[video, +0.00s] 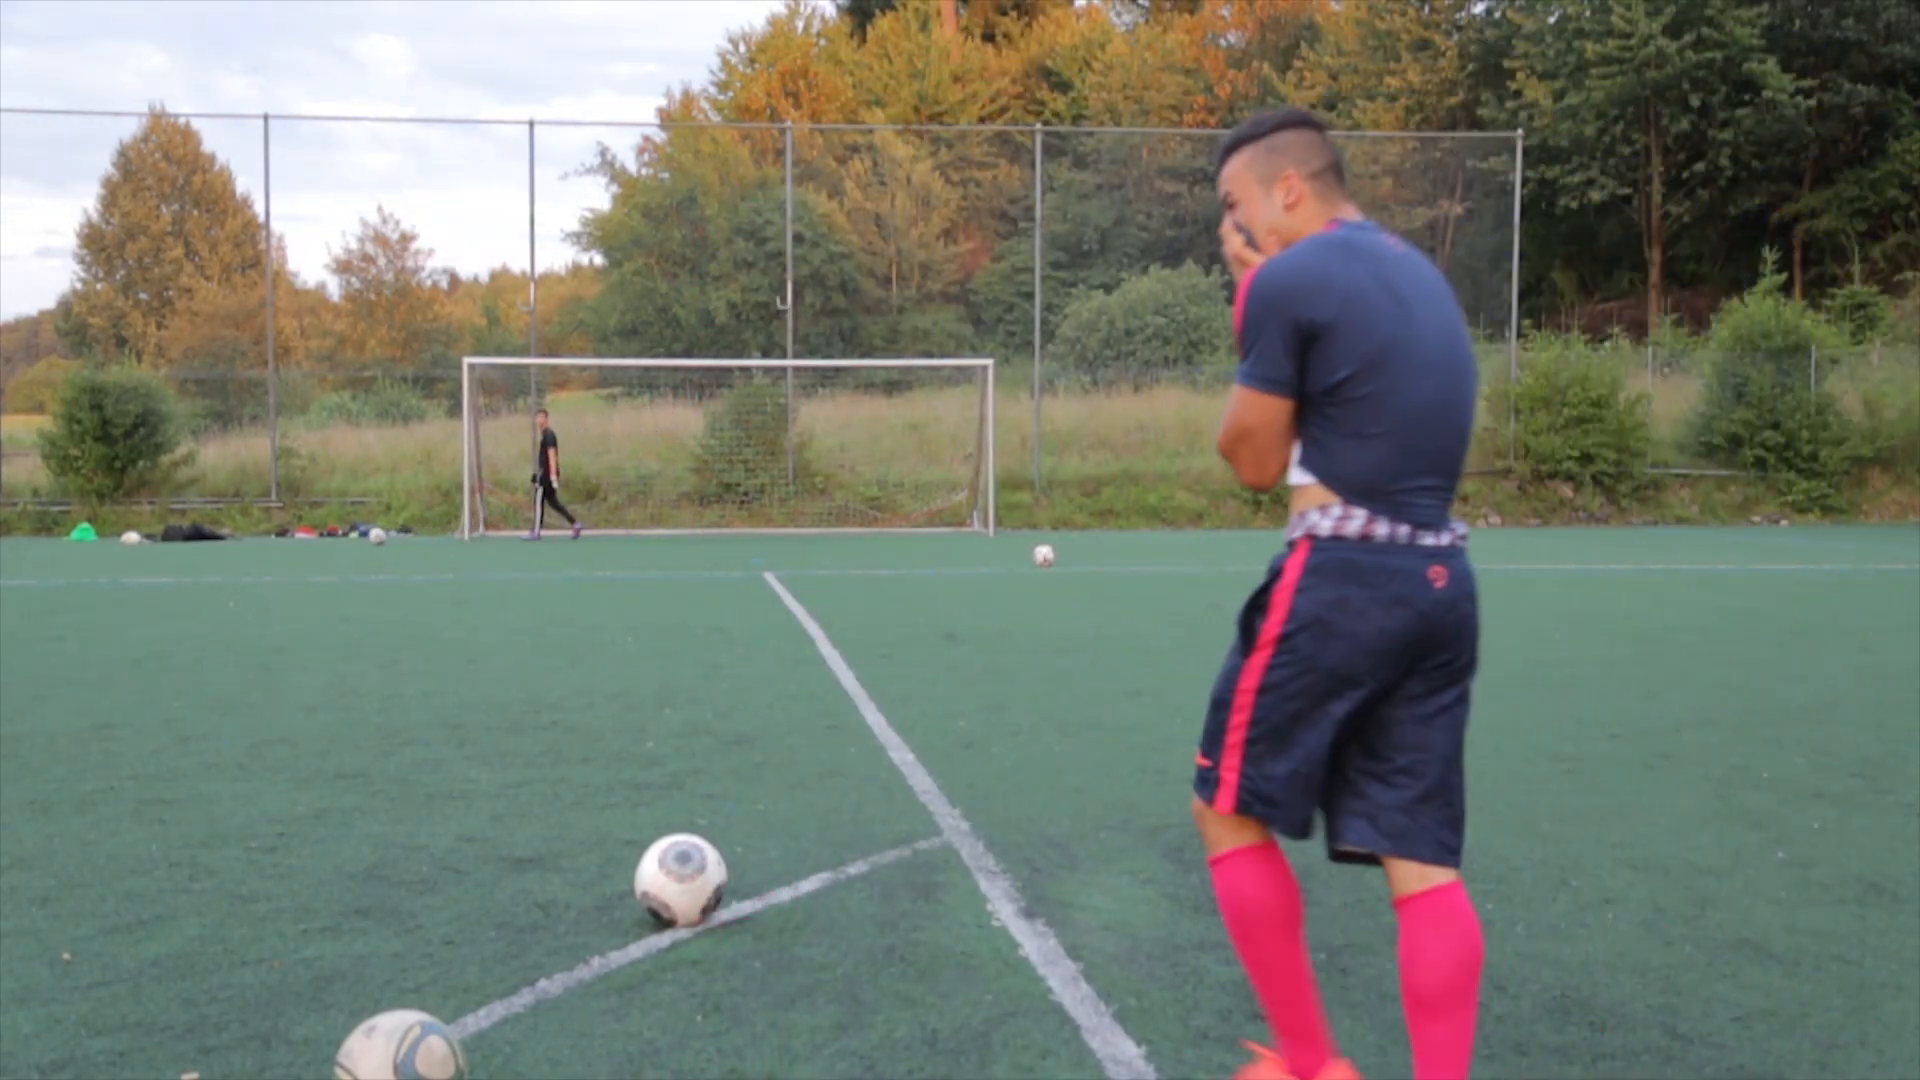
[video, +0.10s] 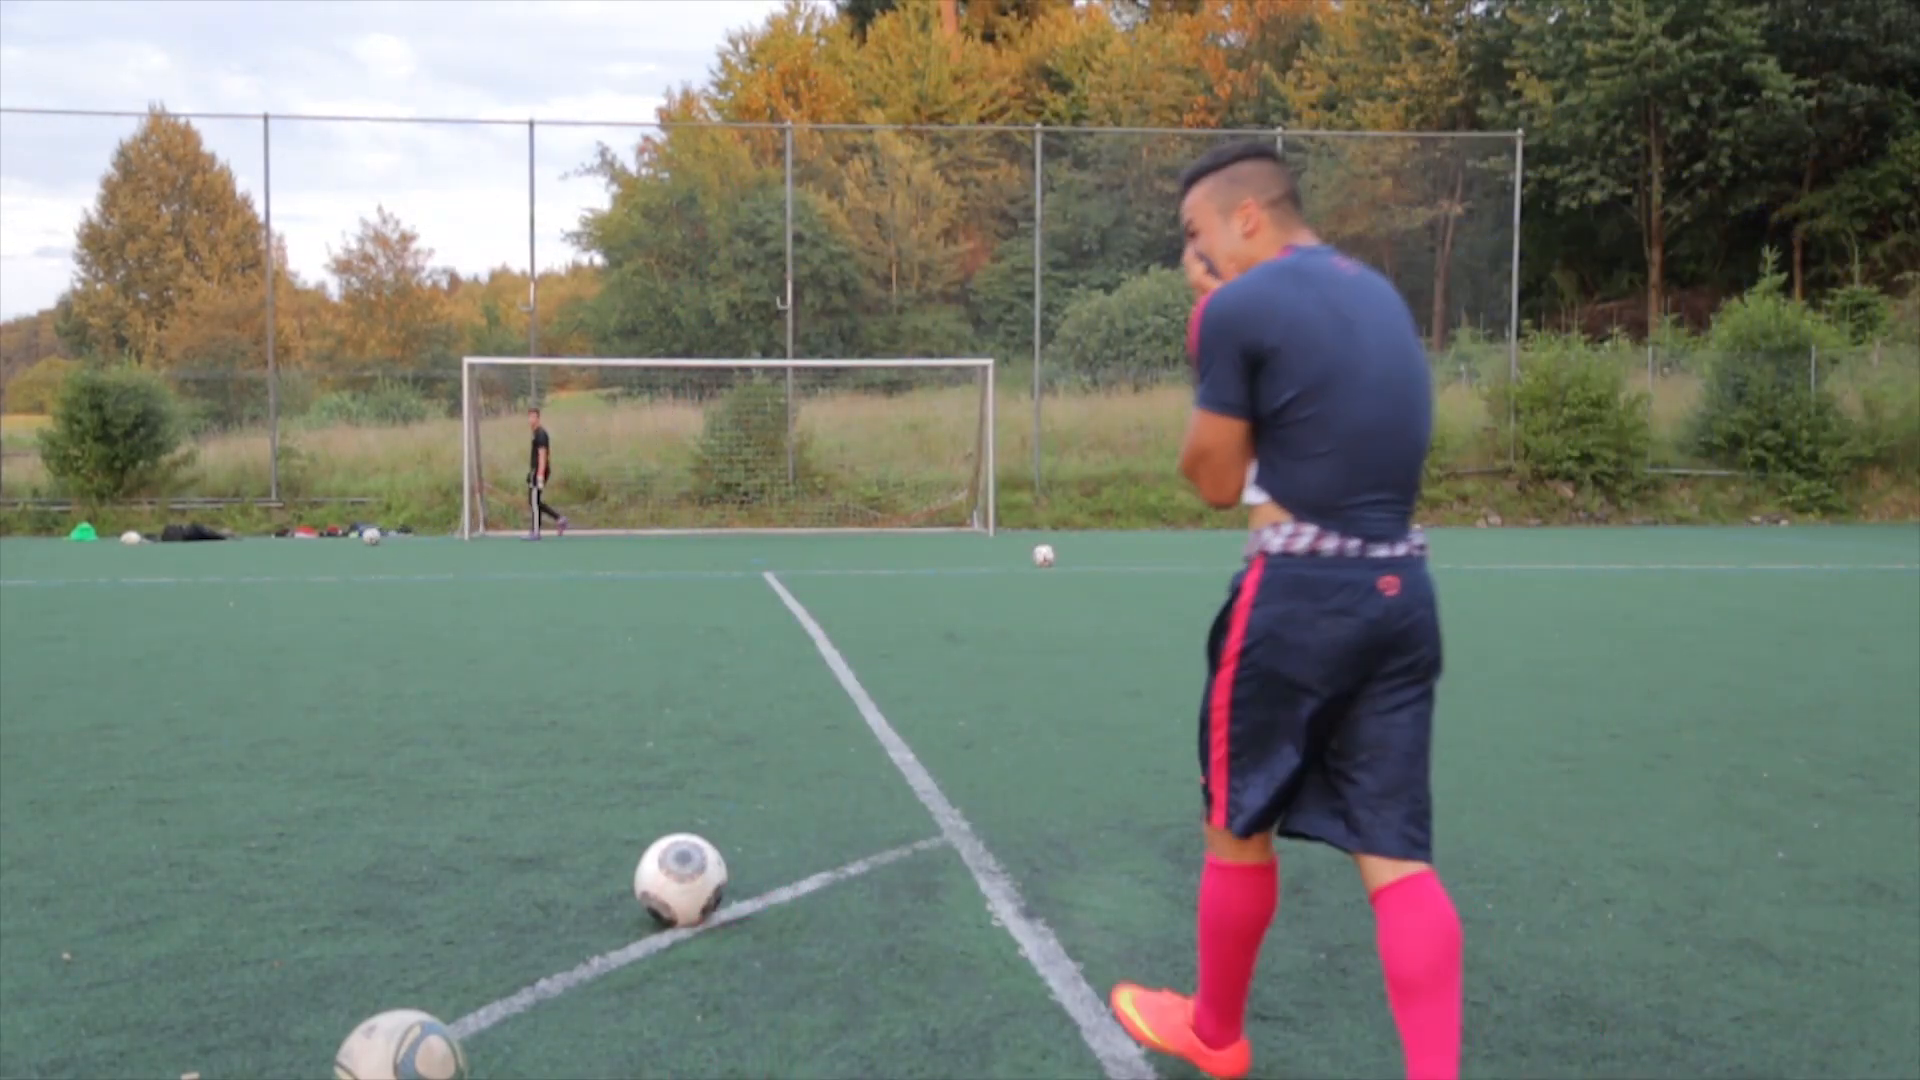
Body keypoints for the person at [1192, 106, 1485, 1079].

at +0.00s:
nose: (1240, 234)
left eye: (1242, 212)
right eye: (1234, 216)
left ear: (1289, 189)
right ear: (1322, 191)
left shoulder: (1295, 277)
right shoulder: (1414, 269)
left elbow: (1254, 461)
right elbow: (1368, 427)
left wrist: (1255, 304)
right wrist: (1270, 297)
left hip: (1335, 580)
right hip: (1439, 584)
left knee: (1231, 807)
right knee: (1421, 851)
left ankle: (1305, 1055)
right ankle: (1446, 1071)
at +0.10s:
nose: (1198, 261)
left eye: (1199, 240)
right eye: (1193, 243)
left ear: (1248, 217)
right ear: (1277, 219)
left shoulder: (1244, 304)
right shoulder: (1374, 292)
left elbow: (1213, 479)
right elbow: (1344, 441)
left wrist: (1210, 333)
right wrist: (1235, 321)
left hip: (1293, 599)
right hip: (1399, 596)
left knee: (1238, 820)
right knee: (1396, 847)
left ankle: (1215, 1030)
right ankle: (1437, 1070)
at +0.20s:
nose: (1153, 279)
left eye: (1154, 260)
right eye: (1148, 262)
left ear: (1195, 243)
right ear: (1243, 237)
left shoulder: (1182, 333)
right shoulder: (1333, 303)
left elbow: (1176, 496)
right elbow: (1324, 443)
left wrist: (1161, 364)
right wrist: (1200, 341)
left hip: (1253, 605)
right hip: (1361, 596)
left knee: (1219, 822)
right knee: (1355, 834)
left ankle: (1214, 1027)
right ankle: (1422, 1056)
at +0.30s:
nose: (1125, 277)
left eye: (1122, 261)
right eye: (1121, 262)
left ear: (1150, 243)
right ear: (1208, 231)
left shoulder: (1138, 330)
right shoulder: (1302, 296)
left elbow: (1150, 482)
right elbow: (1302, 431)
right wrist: (1176, 334)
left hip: (1218, 585)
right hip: (1318, 581)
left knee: (1184, 805)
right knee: (1299, 789)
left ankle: (1212, 1027)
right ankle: (1364, 959)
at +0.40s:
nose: (1104, 257)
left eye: (1102, 243)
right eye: (1103, 245)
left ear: (1129, 229)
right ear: (1187, 220)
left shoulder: (1109, 312)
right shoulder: (1274, 286)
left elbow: (1117, 461)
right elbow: (1255, 414)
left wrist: (1120, 335)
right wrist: (1147, 321)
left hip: (1188, 568)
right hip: (1283, 563)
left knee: (1184, 797)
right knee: (1253, 766)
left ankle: (1211, 1026)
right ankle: (1292, 951)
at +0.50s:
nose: (1083, 264)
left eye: (1082, 249)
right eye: (1081, 251)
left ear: (1109, 234)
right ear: (1165, 226)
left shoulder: (1086, 317)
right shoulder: (1246, 295)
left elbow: (1090, 461)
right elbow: (1236, 423)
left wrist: (1098, 339)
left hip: (1161, 567)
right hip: (1250, 562)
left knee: (1178, 801)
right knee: (1214, 763)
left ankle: (1214, 1026)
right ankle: (1208, 948)